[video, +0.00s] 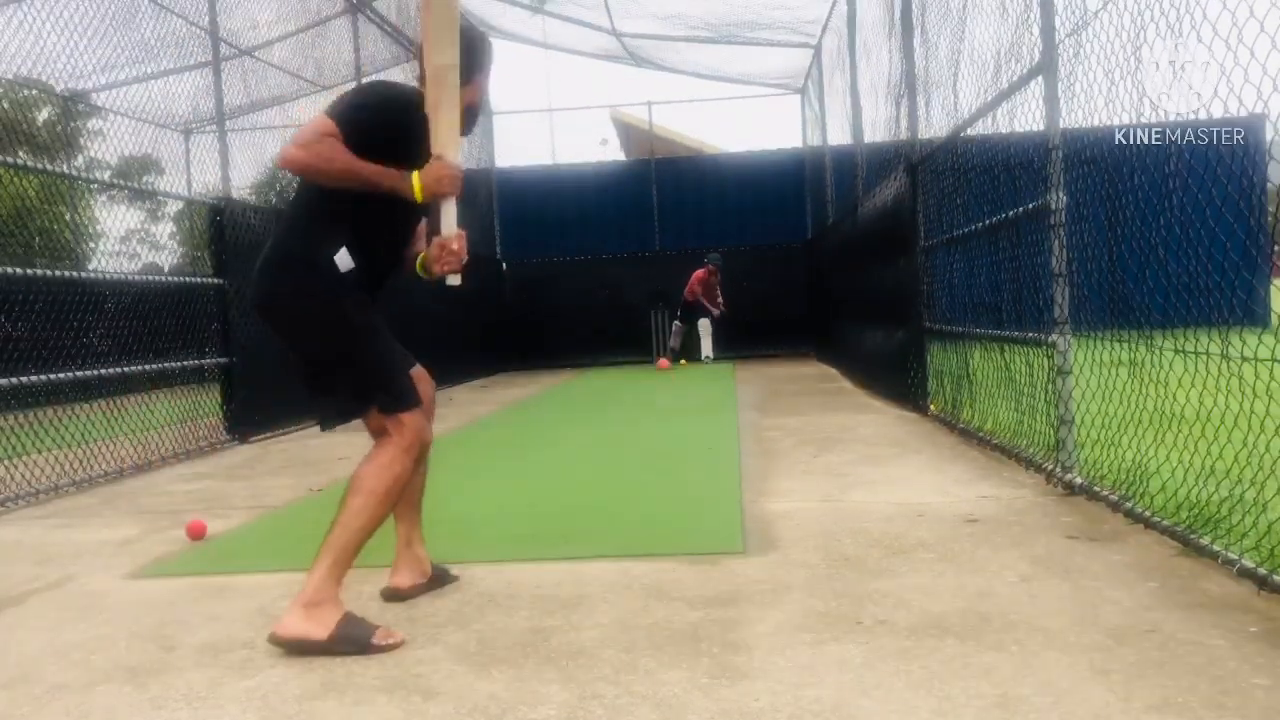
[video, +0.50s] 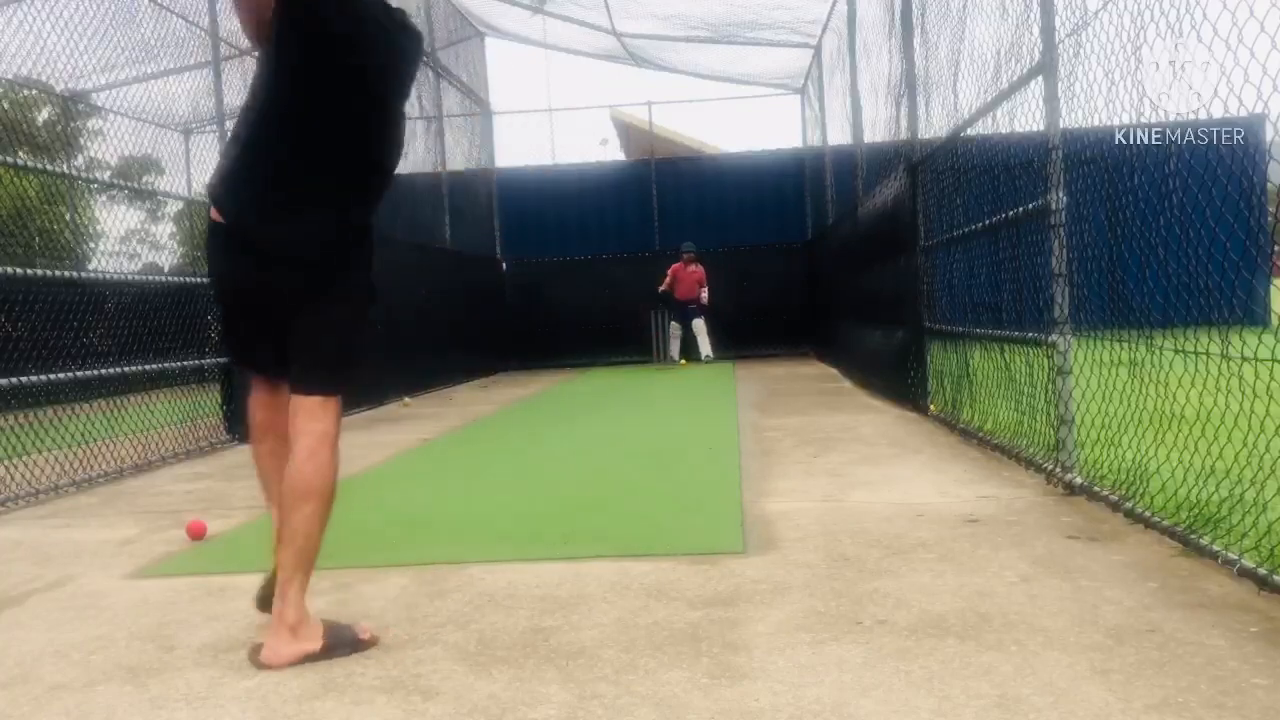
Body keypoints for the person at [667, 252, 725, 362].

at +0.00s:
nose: (714, 268)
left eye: (716, 265)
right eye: (712, 265)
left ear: (718, 266)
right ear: (707, 264)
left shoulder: (716, 275)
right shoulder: (699, 275)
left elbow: (716, 288)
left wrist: (719, 298)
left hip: (702, 302)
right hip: (689, 302)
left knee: (705, 326)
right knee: (680, 326)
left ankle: (707, 356)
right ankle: (673, 350)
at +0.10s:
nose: (711, 263)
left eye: (713, 261)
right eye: (709, 260)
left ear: (716, 262)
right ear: (704, 260)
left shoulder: (715, 275)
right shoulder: (695, 271)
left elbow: (718, 292)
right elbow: (687, 290)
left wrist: (721, 305)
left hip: (703, 304)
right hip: (689, 302)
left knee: (704, 325)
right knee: (678, 324)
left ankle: (707, 356)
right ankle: (674, 352)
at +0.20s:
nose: (707, 260)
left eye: (709, 257)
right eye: (704, 257)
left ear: (712, 259)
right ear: (700, 258)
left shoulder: (713, 274)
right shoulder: (690, 269)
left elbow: (716, 292)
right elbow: (681, 280)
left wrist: (719, 303)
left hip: (700, 303)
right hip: (685, 301)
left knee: (704, 326)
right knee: (678, 326)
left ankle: (707, 356)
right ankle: (674, 354)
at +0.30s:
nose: (701, 257)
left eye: (703, 255)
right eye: (698, 255)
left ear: (706, 256)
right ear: (694, 256)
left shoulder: (709, 271)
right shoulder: (686, 267)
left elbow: (713, 289)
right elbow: (675, 278)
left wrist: (714, 300)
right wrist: (666, 284)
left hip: (700, 303)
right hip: (684, 302)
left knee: (703, 327)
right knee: (677, 327)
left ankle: (707, 355)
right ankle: (674, 355)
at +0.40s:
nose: (694, 257)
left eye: (697, 254)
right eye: (692, 254)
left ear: (700, 256)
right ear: (688, 255)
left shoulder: (704, 270)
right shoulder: (680, 268)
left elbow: (708, 288)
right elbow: (670, 280)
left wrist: (709, 297)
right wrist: (663, 284)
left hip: (697, 304)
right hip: (681, 303)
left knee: (701, 328)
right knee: (676, 330)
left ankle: (707, 356)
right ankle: (674, 357)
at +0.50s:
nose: (689, 256)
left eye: (691, 253)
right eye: (686, 253)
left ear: (695, 254)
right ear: (682, 255)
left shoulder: (699, 268)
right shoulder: (675, 268)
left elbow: (703, 286)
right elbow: (667, 282)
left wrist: (704, 297)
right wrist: (662, 289)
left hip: (693, 303)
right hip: (678, 303)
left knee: (699, 326)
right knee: (675, 329)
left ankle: (706, 355)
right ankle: (674, 357)